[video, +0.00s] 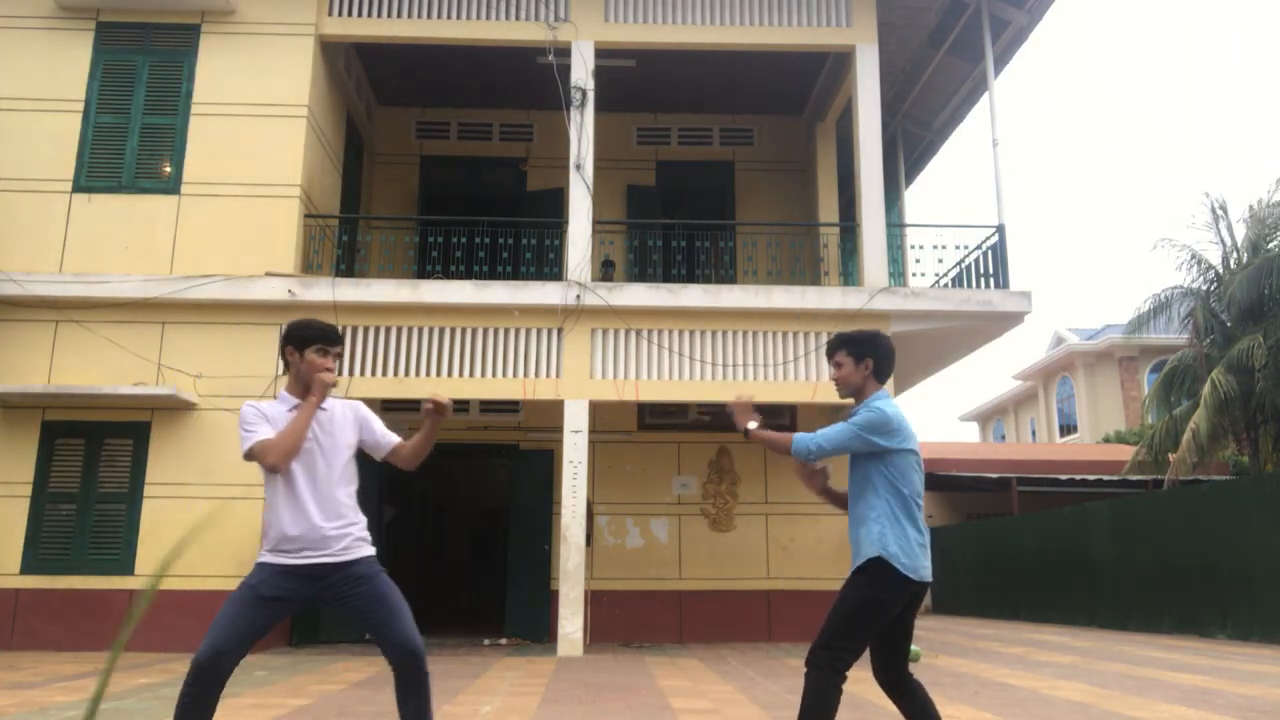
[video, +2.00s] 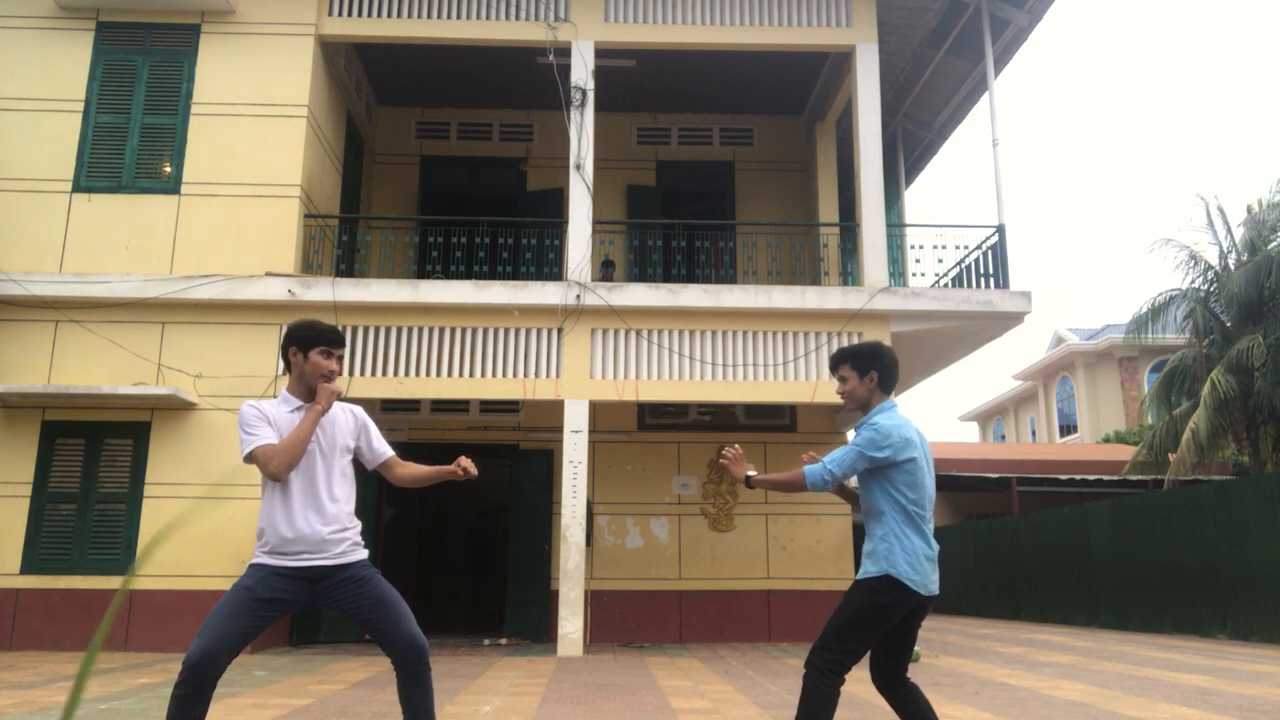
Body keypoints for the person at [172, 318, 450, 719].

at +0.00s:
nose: (331, 363)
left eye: (336, 356)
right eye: (322, 354)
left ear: (340, 361)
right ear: (292, 356)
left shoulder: (352, 412)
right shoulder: (257, 412)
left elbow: (406, 459)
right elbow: (274, 459)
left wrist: (431, 426)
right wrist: (313, 399)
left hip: (352, 564)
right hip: (281, 567)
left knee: (410, 652)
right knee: (209, 662)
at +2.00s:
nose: (335, 368)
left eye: (339, 359)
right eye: (325, 357)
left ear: (343, 363)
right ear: (293, 357)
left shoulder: (351, 416)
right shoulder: (257, 412)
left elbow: (397, 470)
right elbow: (275, 467)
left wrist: (449, 472)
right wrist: (319, 408)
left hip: (347, 569)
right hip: (275, 570)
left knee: (413, 649)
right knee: (199, 662)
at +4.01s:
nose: (290, 366)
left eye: (294, 358)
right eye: (279, 358)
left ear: (299, 366)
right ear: (251, 366)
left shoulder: (322, 418)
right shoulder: (225, 429)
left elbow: (365, 481)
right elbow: (251, 482)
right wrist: (295, 423)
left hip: (328, 573)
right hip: (256, 577)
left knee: (397, 656)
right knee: (182, 671)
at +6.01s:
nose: (36, 410)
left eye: (44, 401)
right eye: (23, 401)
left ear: (52, 407)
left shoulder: (87, 457)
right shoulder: (2, 475)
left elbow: (140, 515)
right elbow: (7, 544)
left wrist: (78, 569)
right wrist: (6, 565)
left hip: (123, 591)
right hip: (51, 599)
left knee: (191, 670)